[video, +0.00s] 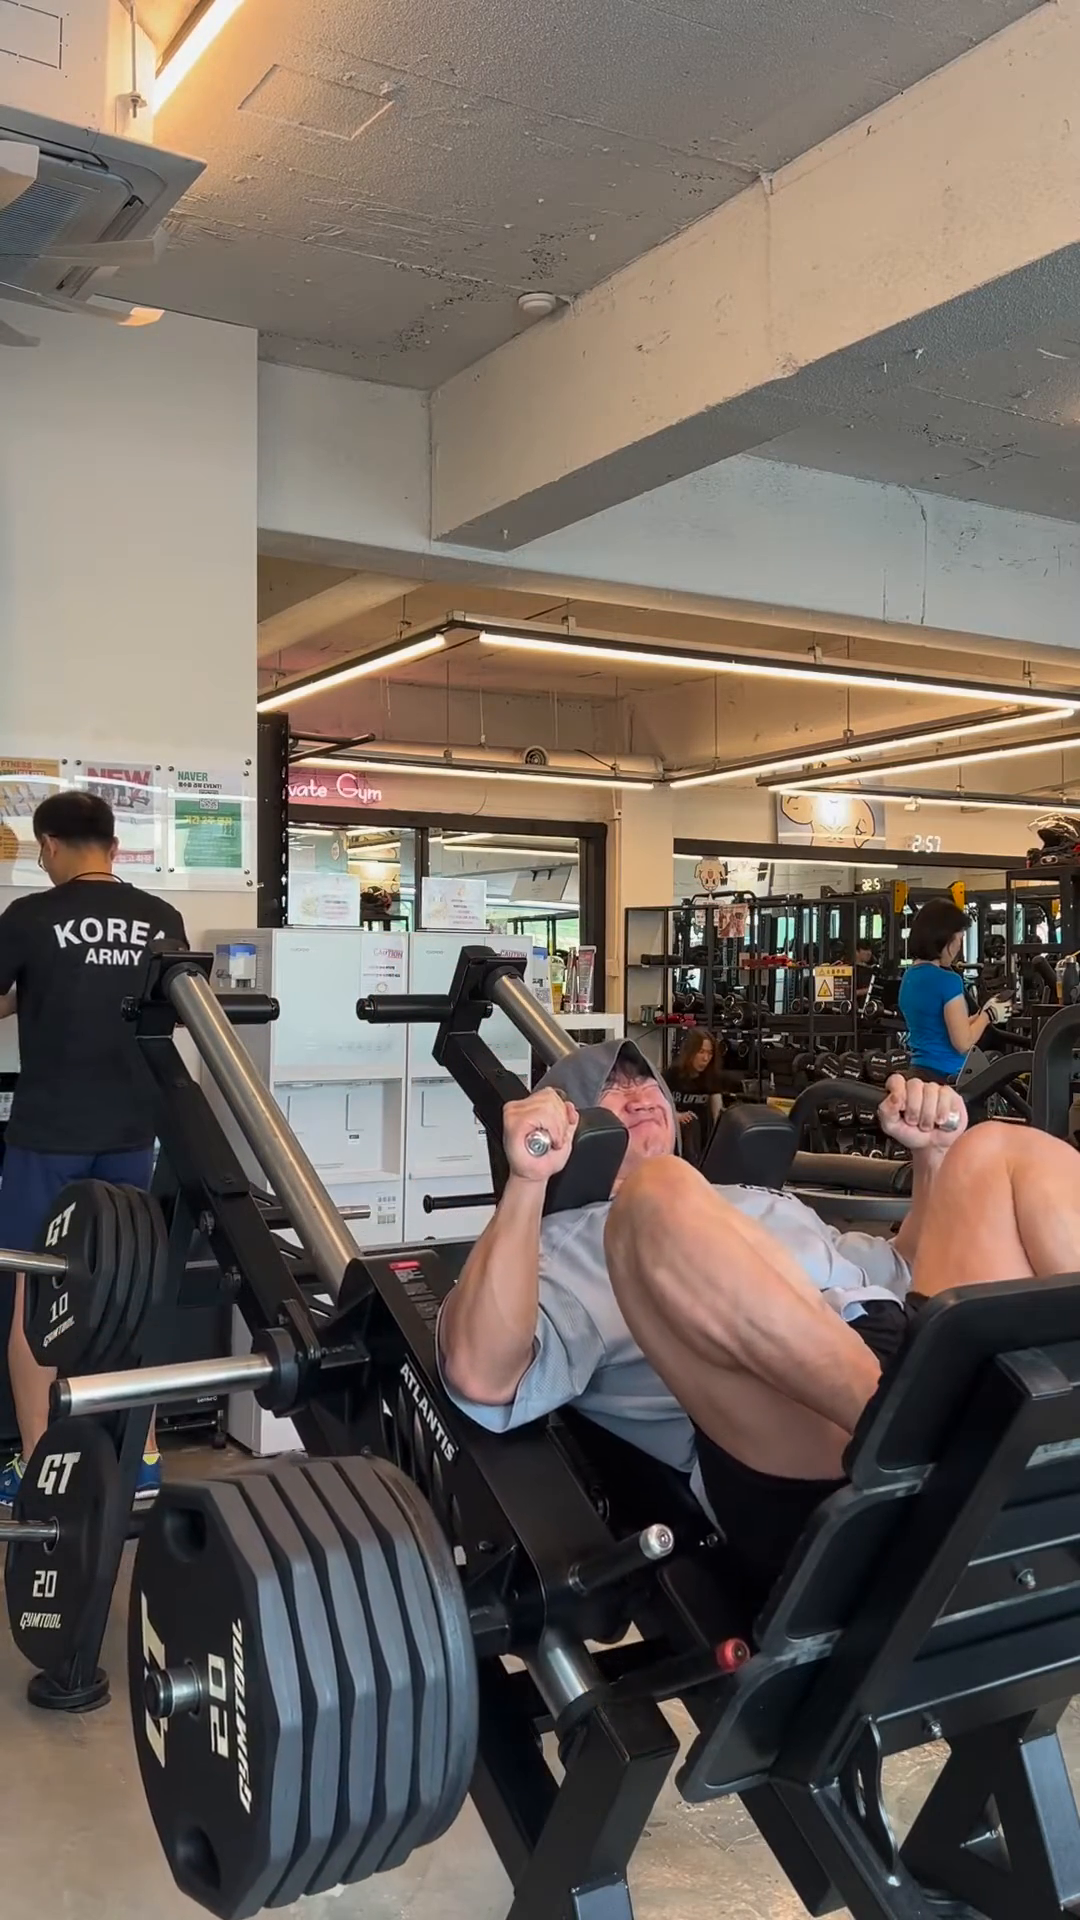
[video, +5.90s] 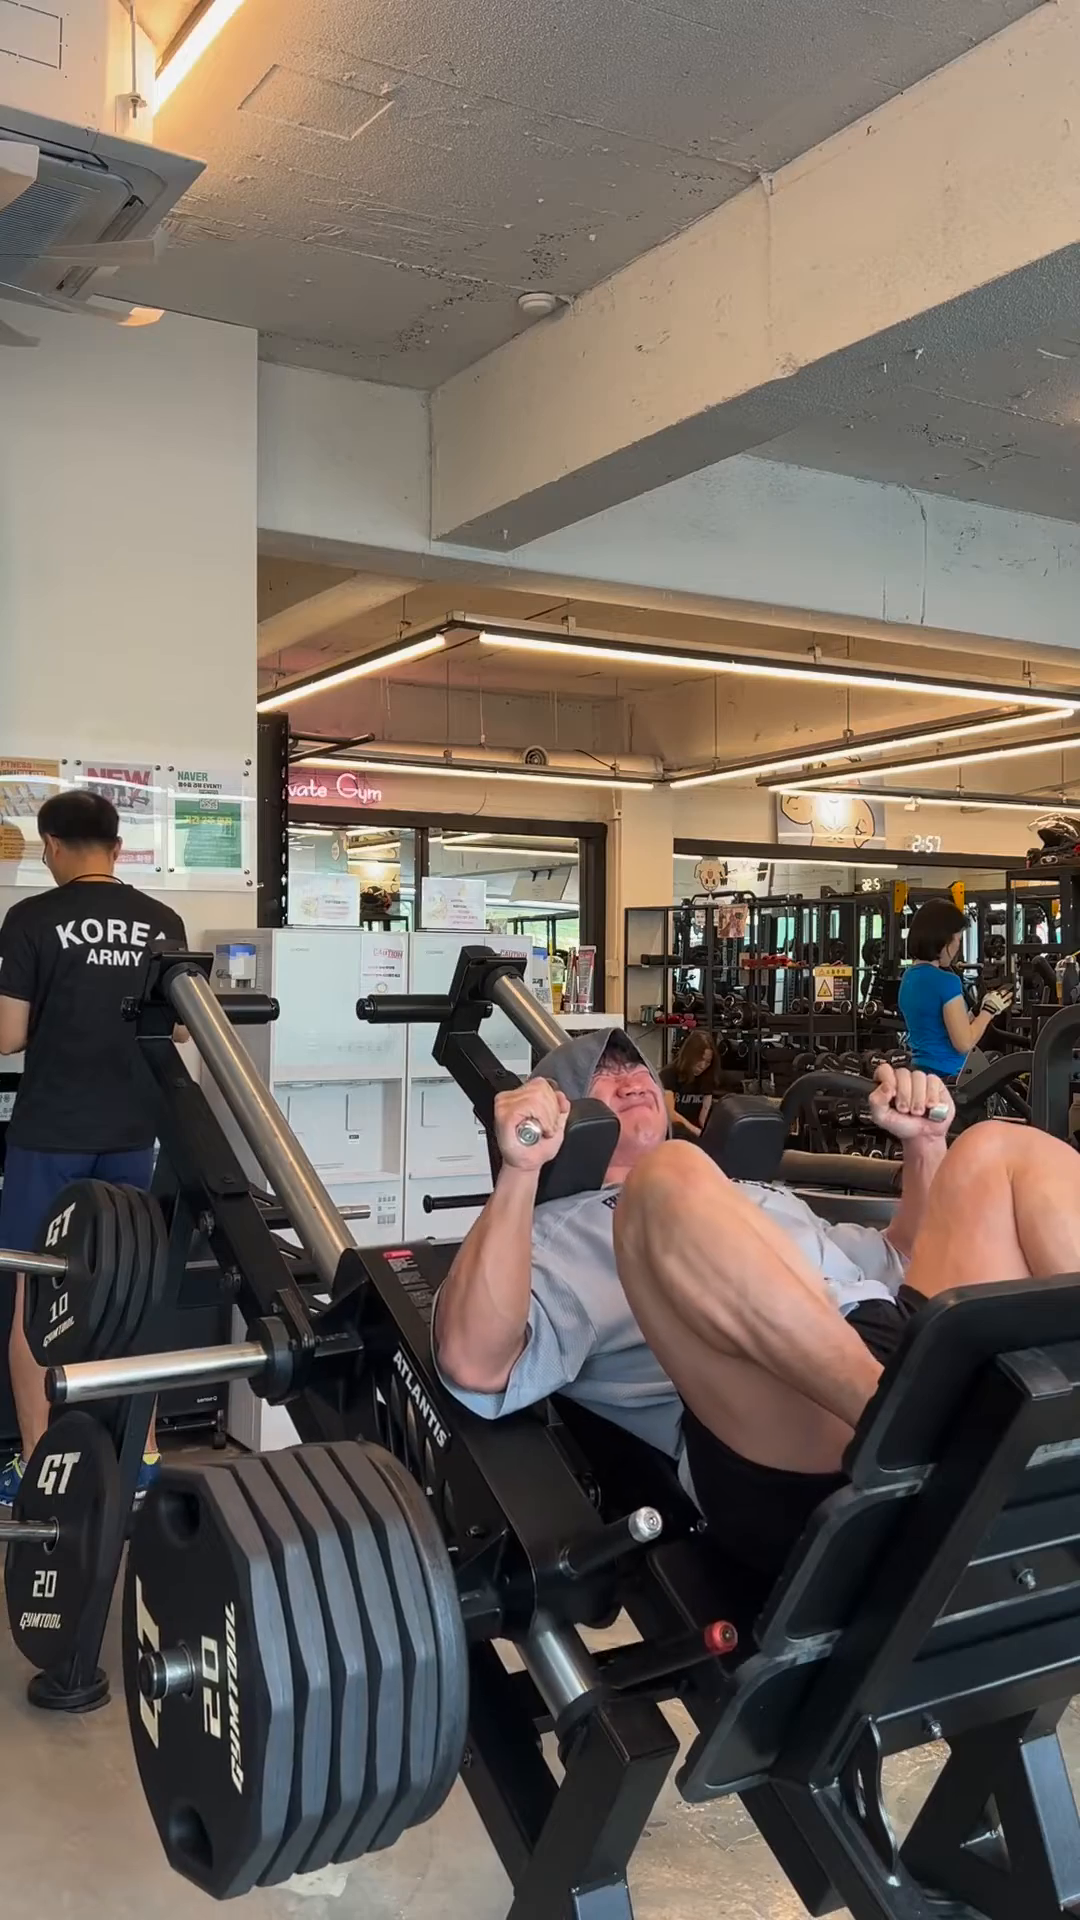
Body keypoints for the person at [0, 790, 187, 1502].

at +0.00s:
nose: (41, 862)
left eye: (40, 852)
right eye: (42, 853)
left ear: (48, 849)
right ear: (114, 848)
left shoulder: (30, 916)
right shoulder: (164, 917)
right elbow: (177, 1010)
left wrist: (35, 988)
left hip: (50, 1130)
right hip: (136, 1131)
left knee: (27, 1298)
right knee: (126, 1287)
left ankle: (40, 1466)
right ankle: (138, 1455)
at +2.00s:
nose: (52, 857)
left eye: (49, 847)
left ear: (51, 846)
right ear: (119, 848)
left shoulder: (28, 920)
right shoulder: (164, 920)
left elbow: (9, 1031)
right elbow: (178, 1027)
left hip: (45, 1134)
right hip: (138, 1135)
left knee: (27, 1297)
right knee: (135, 1294)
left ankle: (37, 1458)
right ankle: (140, 1463)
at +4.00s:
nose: (44, 860)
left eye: (42, 851)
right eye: (46, 851)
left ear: (49, 848)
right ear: (114, 848)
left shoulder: (29, 918)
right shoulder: (163, 920)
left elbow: (10, 1035)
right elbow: (179, 1031)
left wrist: (55, 1007)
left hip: (47, 1134)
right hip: (141, 1134)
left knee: (27, 1301)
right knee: (134, 1297)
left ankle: (37, 1457)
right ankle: (131, 1453)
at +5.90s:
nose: (50, 860)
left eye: (47, 850)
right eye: (56, 850)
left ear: (51, 848)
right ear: (118, 849)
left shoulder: (33, 917)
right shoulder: (164, 920)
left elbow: (10, 1034)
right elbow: (185, 1032)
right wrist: (123, 1034)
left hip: (51, 1132)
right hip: (137, 1133)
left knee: (29, 1299)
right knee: (129, 1290)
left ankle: (41, 1463)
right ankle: (137, 1451)